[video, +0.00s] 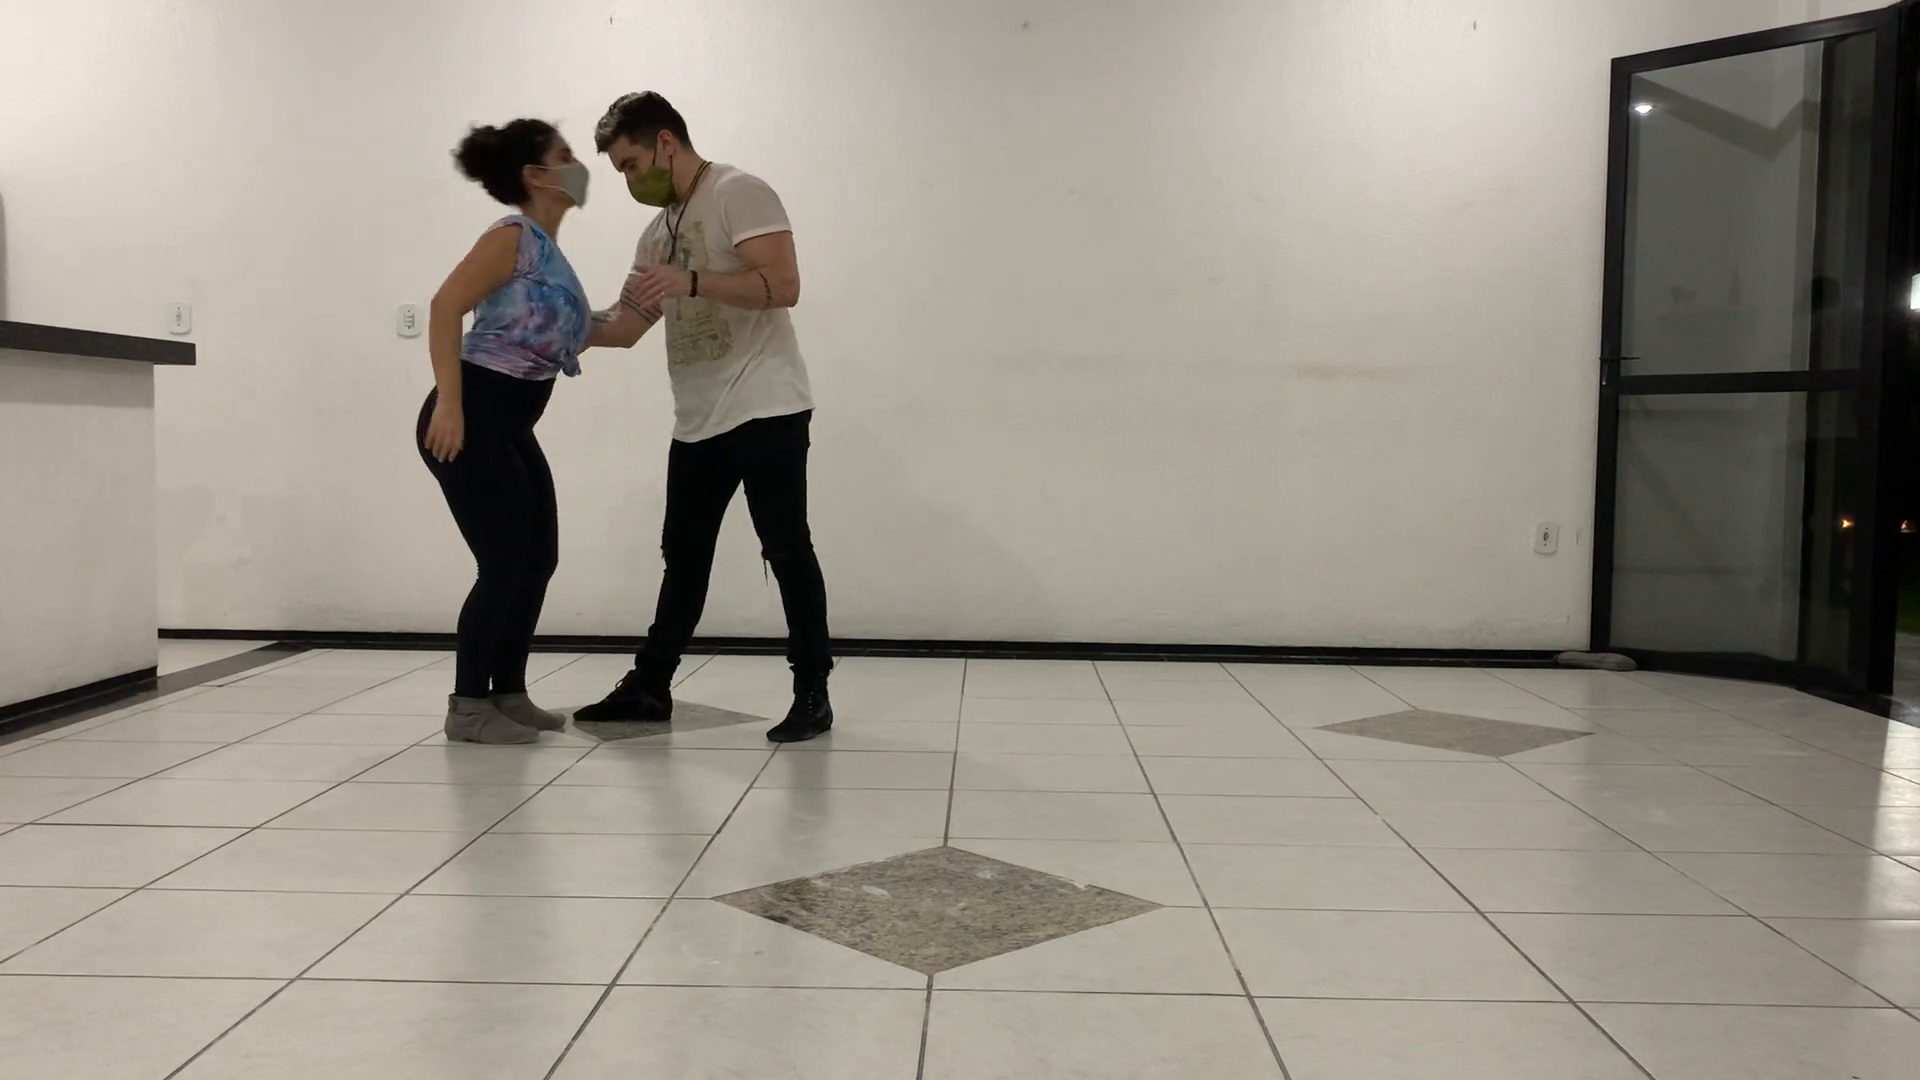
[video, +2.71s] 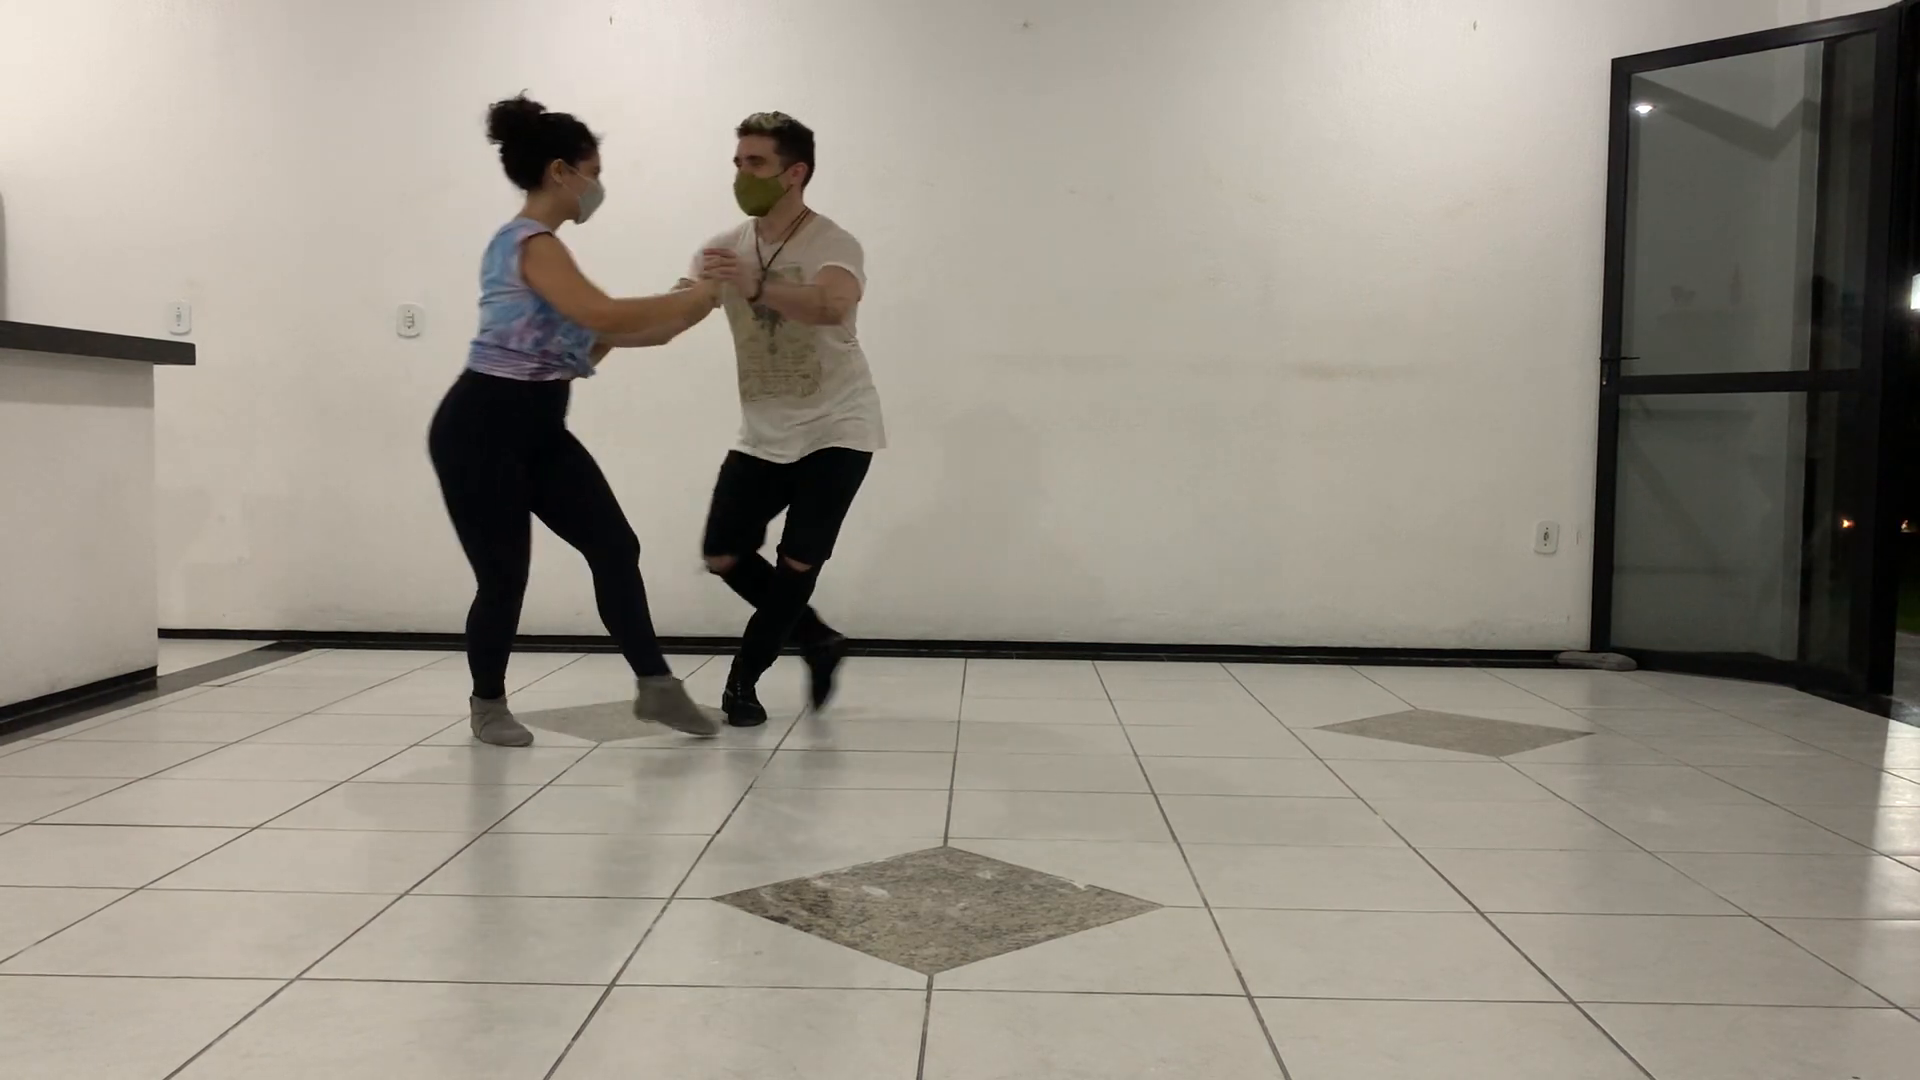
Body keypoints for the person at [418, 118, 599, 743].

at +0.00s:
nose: (579, 163)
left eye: (573, 153)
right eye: (565, 157)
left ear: (543, 175)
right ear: (534, 176)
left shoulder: (549, 261)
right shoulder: (512, 238)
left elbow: (620, 333)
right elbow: (445, 305)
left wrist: (658, 284)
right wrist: (448, 402)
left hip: (512, 419)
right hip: (472, 413)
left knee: (538, 552)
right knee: (506, 556)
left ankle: (506, 694)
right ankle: (469, 705)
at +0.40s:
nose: (498, 170)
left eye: (492, 160)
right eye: (486, 163)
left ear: (458, 182)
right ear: (454, 181)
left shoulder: (487, 248)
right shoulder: (453, 254)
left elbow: (545, 324)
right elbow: (465, 347)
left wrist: (619, 301)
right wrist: (543, 405)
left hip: (526, 417)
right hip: (491, 421)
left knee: (550, 558)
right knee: (526, 563)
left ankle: (507, 693)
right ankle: (474, 705)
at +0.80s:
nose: (494, 182)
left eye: (491, 170)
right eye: (484, 172)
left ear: (449, 185)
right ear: (448, 183)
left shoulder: (467, 250)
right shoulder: (439, 250)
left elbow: (543, 306)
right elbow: (479, 306)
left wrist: (620, 279)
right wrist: (569, 319)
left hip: (515, 415)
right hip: (491, 418)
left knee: (551, 556)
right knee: (529, 563)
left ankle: (508, 692)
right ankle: (475, 704)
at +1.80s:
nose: (543, 184)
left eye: (540, 172)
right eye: (534, 173)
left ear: (492, 182)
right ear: (500, 182)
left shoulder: (465, 243)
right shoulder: (503, 247)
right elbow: (537, 342)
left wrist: (544, 309)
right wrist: (608, 298)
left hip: (462, 425)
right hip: (457, 431)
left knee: (530, 557)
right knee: (515, 565)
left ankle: (504, 691)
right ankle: (476, 707)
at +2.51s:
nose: (554, 190)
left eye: (553, 177)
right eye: (546, 177)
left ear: (506, 179)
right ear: (512, 180)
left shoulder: (481, 247)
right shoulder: (492, 245)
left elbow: (531, 342)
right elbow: (582, 303)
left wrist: (623, 322)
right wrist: (667, 260)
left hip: (475, 428)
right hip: (433, 431)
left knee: (568, 531)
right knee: (491, 574)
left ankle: (539, 663)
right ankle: (472, 710)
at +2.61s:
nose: (574, 189)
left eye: (573, 176)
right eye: (567, 175)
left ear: (527, 177)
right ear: (531, 176)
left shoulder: (513, 252)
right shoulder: (500, 243)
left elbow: (566, 346)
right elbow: (578, 314)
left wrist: (659, 317)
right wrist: (666, 278)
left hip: (504, 431)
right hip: (451, 430)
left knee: (601, 530)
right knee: (489, 573)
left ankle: (603, 669)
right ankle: (481, 707)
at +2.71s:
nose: (600, 185)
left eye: (599, 172)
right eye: (593, 172)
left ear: (554, 174)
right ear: (559, 175)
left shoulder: (534, 248)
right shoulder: (531, 244)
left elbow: (607, 337)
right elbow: (606, 316)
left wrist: (702, 301)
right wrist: (698, 295)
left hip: (535, 433)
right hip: (480, 432)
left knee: (613, 546)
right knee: (502, 575)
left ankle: (656, 683)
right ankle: (487, 705)